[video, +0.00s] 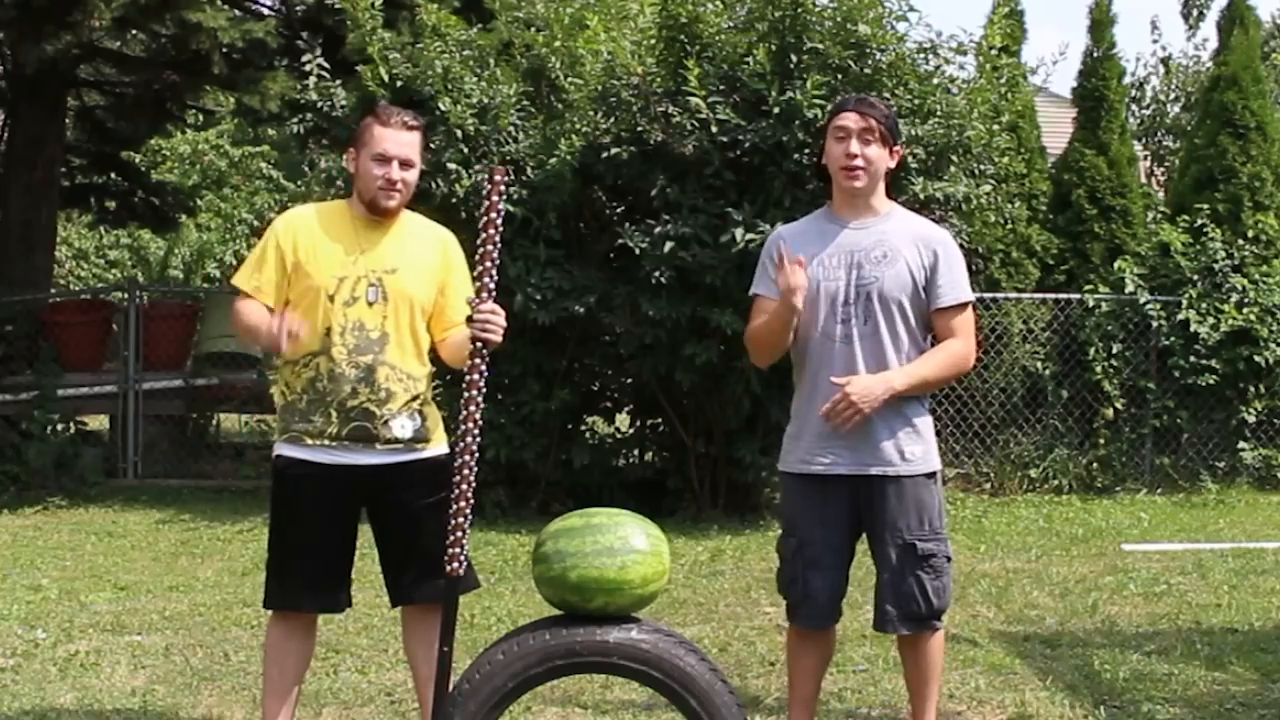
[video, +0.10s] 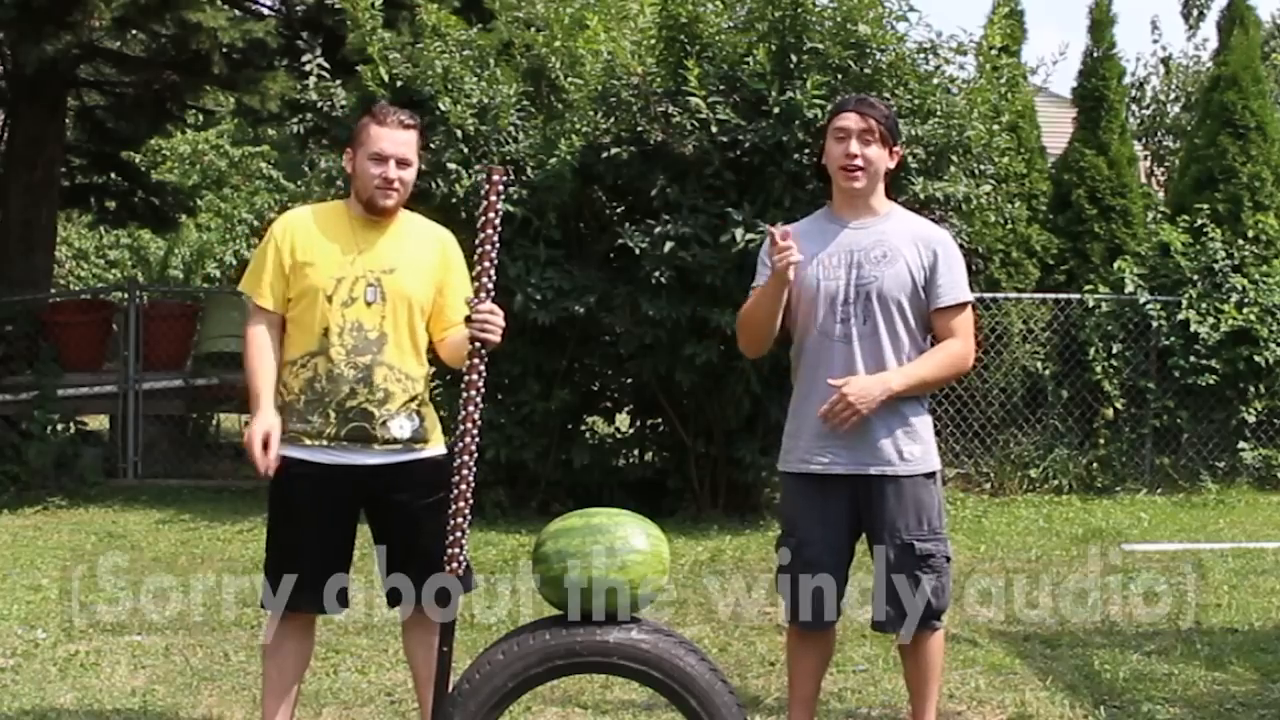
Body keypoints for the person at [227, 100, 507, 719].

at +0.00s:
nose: (395, 174)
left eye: (407, 164)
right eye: (382, 159)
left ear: (421, 172)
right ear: (351, 160)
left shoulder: (438, 244)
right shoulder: (296, 229)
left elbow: (450, 346)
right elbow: (246, 309)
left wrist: (479, 336)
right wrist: (272, 330)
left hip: (412, 454)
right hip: (312, 452)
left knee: (428, 596)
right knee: (295, 602)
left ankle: (437, 714)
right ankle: (275, 716)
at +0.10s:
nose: (392, 173)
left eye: (405, 163)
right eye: (379, 159)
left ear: (418, 171)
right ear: (349, 160)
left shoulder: (437, 244)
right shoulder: (295, 231)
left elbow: (449, 346)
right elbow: (263, 321)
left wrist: (478, 336)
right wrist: (263, 405)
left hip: (411, 454)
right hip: (311, 454)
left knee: (430, 599)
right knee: (294, 603)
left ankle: (438, 716)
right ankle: (275, 717)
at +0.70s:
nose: (362, 162)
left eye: (374, 152)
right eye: (349, 150)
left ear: (390, 164)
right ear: (322, 159)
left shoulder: (422, 236)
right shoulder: (277, 235)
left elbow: (437, 334)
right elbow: (252, 332)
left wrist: (463, 331)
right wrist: (252, 417)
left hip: (399, 458)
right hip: (300, 455)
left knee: (419, 602)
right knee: (286, 601)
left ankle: (437, 714)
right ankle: (274, 716)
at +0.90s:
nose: (357, 163)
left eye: (369, 153)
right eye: (343, 151)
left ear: (384, 163)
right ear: (315, 159)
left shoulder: (416, 236)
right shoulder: (272, 235)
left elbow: (432, 332)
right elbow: (247, 334)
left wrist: (455, 330)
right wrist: (254, 420)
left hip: (396, 459)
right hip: (298, 456)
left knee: (418, 605)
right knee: (283, 604)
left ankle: (437, 715)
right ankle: (275, 716)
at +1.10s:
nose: (357, 164)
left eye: (368, 153)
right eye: (343, 152)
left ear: (383, 163)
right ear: (313, 160)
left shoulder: (414, 236)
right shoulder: (269, 235)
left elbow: (428, 330)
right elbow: (242, 340)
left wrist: (452, 330)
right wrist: (230, 437)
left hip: (394, 457)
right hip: (293, 455)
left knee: (417, 604)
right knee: (280, 605)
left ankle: (439, 716)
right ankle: (275, 717)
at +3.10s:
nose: (355, 170)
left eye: (369, 159)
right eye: (343, 156)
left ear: (385, 170)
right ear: (317, 160)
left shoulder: (407, 243)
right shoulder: (264, 230)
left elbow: (423, 345)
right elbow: (229, 324)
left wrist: (453, 336)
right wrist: (218, 426)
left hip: (376, 458)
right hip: (277, 454)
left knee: (404, 604)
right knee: (270, 603)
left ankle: (435, 715)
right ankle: (273, 718)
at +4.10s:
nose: (369, 166)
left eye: (381, 156)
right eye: (356, 154)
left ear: (396, 166)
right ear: (328, 160)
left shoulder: (423, 240)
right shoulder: (281, 237)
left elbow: (443, 335)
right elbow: (253, 335)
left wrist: (455, 335)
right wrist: (253, 433)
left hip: (404, 458)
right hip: (306, 455)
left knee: (425, 603)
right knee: (292, 601)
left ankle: (438, 714)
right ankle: (277, 716)